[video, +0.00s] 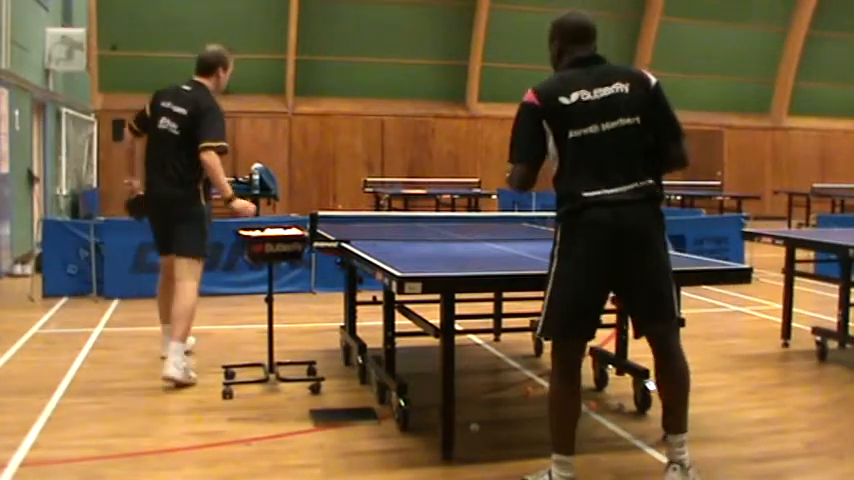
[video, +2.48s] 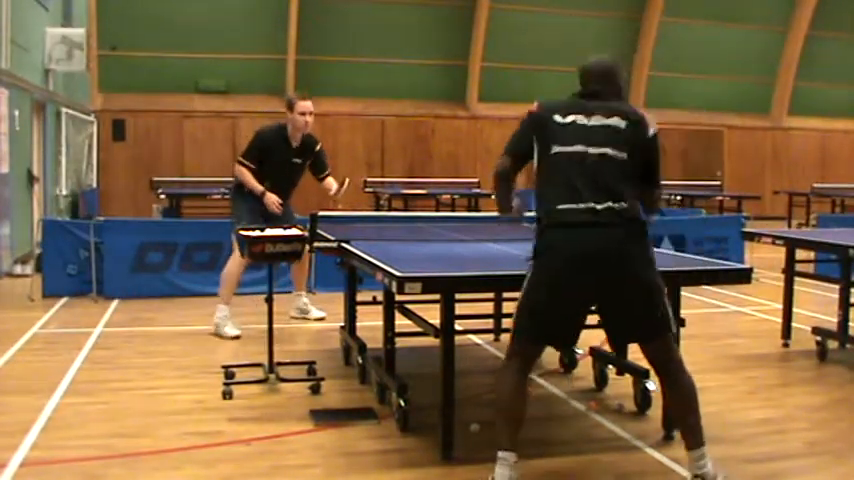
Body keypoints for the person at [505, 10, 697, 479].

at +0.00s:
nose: (550, 55)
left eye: (550, 49)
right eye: (556, 49)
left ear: (555, 49)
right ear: (595, 44)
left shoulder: (541, 97)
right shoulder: (640, 81)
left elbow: (524, 181)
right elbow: (677, 156)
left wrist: (515, 174)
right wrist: (631, 161)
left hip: (585, 234)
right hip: (643, 229)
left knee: (566, 358)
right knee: (667, 344)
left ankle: (561, 469)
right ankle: (679, 461)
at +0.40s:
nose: (592, 50)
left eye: (593, 43)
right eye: (595, 43)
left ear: (600, 45)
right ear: (640, 45)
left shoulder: (589, 94)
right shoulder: (678, 92)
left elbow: (581, 167)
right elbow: (706, 167)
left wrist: (559, 185)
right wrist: (660, 174)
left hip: (616, 239)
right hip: (674, 237)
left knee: (579, 354)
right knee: (694, 350)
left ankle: (563, 467)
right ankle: (723, 465)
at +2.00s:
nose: (634, 74)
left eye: (631, 67)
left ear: (626, 71)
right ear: (667, 77)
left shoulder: (593, 111)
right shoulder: (687, 117)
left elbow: (565, 183)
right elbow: (699, 197)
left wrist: (600, 196)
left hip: (603, 246)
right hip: (667, 251)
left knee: (549, 347)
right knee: (692, 356)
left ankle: (517, 465)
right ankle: (715, 466)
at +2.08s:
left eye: (632, 74)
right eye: (655, 79)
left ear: (620, 79)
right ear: (660, 83)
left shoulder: (584, 115)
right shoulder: (671, 114)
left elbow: (549, 184)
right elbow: (682, 185)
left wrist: (576, 201)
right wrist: (706, 258)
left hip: (586, 253)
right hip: (649, 255)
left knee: (537, 355)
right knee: (685, 356)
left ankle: (507, 465)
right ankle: (713, 465)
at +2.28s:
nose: (638, 105)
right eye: (637, 99)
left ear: (596, 102)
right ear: (632, 101)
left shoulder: (556, 136)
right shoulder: (632, 121)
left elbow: (504, 187)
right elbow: (639, 182)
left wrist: (509, 238)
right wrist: (698, 235)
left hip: (553, 259)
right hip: (613, 259)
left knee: (515, 363)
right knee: (670, 360)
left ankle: (502, 469)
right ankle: (695, 468)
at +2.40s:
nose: (628, 103)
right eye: (627, 97)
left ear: (585, 94)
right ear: (622, 96)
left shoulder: (545, 125)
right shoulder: (632, 126)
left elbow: (498, 178)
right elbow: (651, 209)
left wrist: (499, 227)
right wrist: (695, 222)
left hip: (553, 261)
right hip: (615, 264)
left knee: (515, 365)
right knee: (666, 361)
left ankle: (503, 468)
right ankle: (696, 469)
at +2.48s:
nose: (621, 94)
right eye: (620, 87)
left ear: (580, 87)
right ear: (620, 89)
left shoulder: (543, 115)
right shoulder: (637, 123)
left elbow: (504, 171)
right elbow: (651, 201)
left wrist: (507, 209)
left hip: (560, 252)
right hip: (625, 253)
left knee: (518, 362)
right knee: (668, 363)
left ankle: (504, 466)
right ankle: (702, 466)